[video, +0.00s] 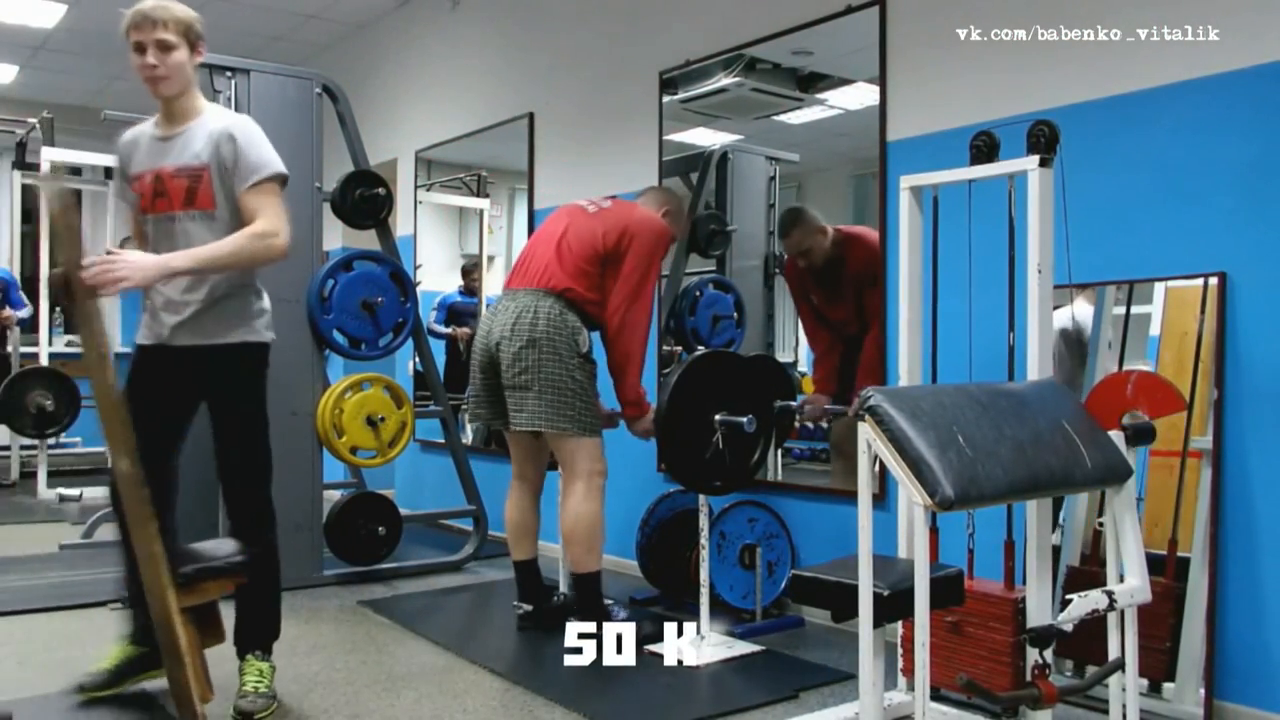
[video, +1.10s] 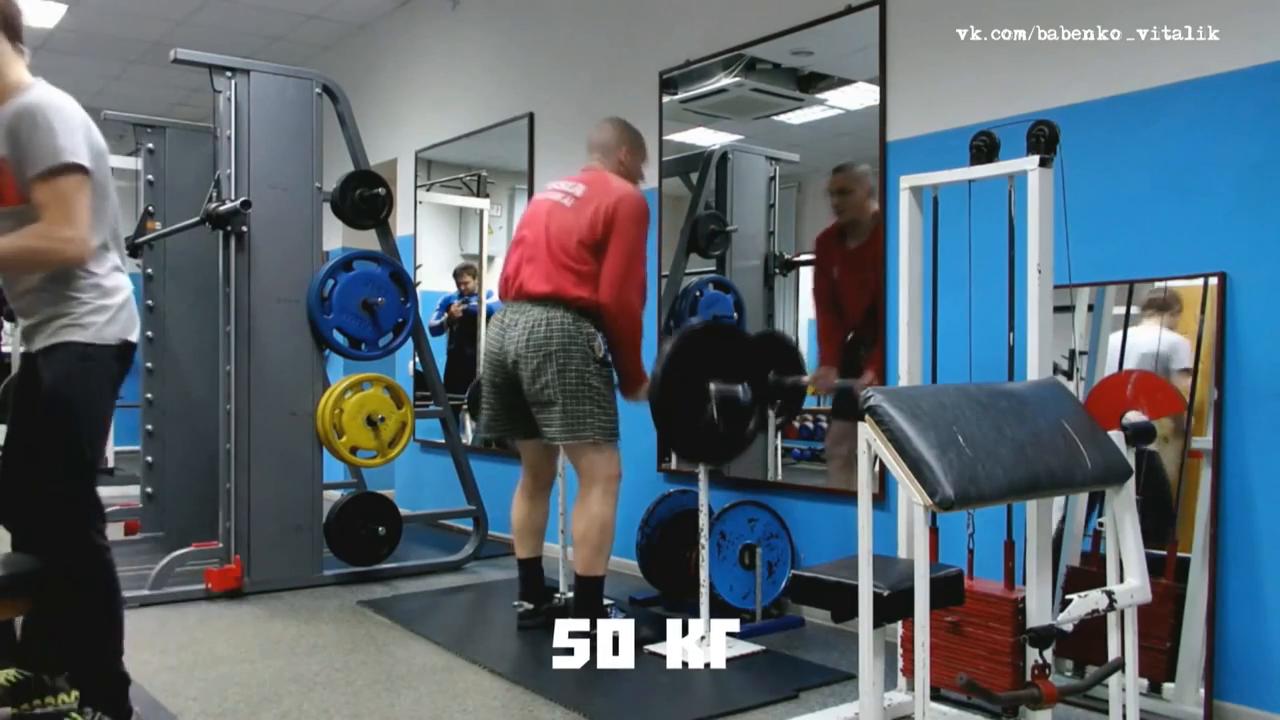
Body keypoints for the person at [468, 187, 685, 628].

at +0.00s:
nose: (671, 243)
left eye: (676, 239)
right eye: (675, 236)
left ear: (644, 201)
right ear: (666, 215)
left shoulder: (585, 213)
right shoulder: (649, 225)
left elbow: (553, 308)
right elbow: (623, 318)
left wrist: (585, 396)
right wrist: (636, 408)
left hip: (497, 322)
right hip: (547, 327)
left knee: (526, 473)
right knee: (584, 473)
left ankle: (532, 601)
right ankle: (590, 613)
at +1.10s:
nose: (640, 173)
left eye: (641, 166)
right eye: (641, 165)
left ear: (593, 153)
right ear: (627, 155)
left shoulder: (551, 192)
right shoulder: (626, 198)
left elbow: (511, 279)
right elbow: (617, 295)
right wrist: (632, 374)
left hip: (506, 328)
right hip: (563, 331)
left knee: (535, 470)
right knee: (599, 474)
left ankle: (533, 598)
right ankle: (589, 612)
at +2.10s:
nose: (508, 129)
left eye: (506, 120)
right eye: (506, 120)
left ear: (454, 120)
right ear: (489, 117)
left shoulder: (422, 176)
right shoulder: (503, 168)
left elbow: (404, 271)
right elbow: (509, 269)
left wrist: (437, 315)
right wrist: (528, 342)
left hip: (416, 334)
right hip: (477, 332)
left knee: (444, 481)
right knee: (528, 477)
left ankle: (433, 623)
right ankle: (488, 627)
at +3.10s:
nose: (456, 123)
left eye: (454, 113)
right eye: (452, 112)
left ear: (402, 113)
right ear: (429, 109)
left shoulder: (372, 170)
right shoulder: (442, 162)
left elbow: (363, 268)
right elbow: (460, 266)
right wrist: (488, 328)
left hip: (376, 335)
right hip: (434, 331)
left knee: (406, 482)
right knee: (470, 486)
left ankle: (399, 623)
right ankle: (470, 648)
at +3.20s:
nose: (452, 123)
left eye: (451, 113)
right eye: (449, 112)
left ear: (398, 113)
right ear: (425, 109)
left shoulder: (368, 171)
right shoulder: (439, 164)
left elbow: (361, 269)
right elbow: (460, 268)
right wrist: (490, 329)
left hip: (376, 336)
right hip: (434, 333)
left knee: (410, 483)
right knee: (463, 489)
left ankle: (400, 622)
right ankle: (469, 649)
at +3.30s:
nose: (451, 123)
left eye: (450, 112)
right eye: (447, 112)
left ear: (397, 112)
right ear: (424, 109)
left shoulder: (367, 172)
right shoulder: (437, 166)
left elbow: (360, 272)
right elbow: (463, 270)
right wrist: (494, 336)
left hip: (379, 339)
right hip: (437, 335)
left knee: (414, 482)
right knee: (467, 491)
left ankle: (400, 622)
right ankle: (470, 650)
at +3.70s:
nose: (457, 123)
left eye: (456, 113)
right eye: (453, 112)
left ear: (404, 113)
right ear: (429, 110)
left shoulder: (370, 172)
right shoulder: (441, 167)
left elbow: (361, 269)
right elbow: (467, 273)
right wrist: (495, 345)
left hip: (378, 337)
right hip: (436, 334)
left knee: (410, 486)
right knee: (460, 495)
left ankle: (399, 622)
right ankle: (468, 653)